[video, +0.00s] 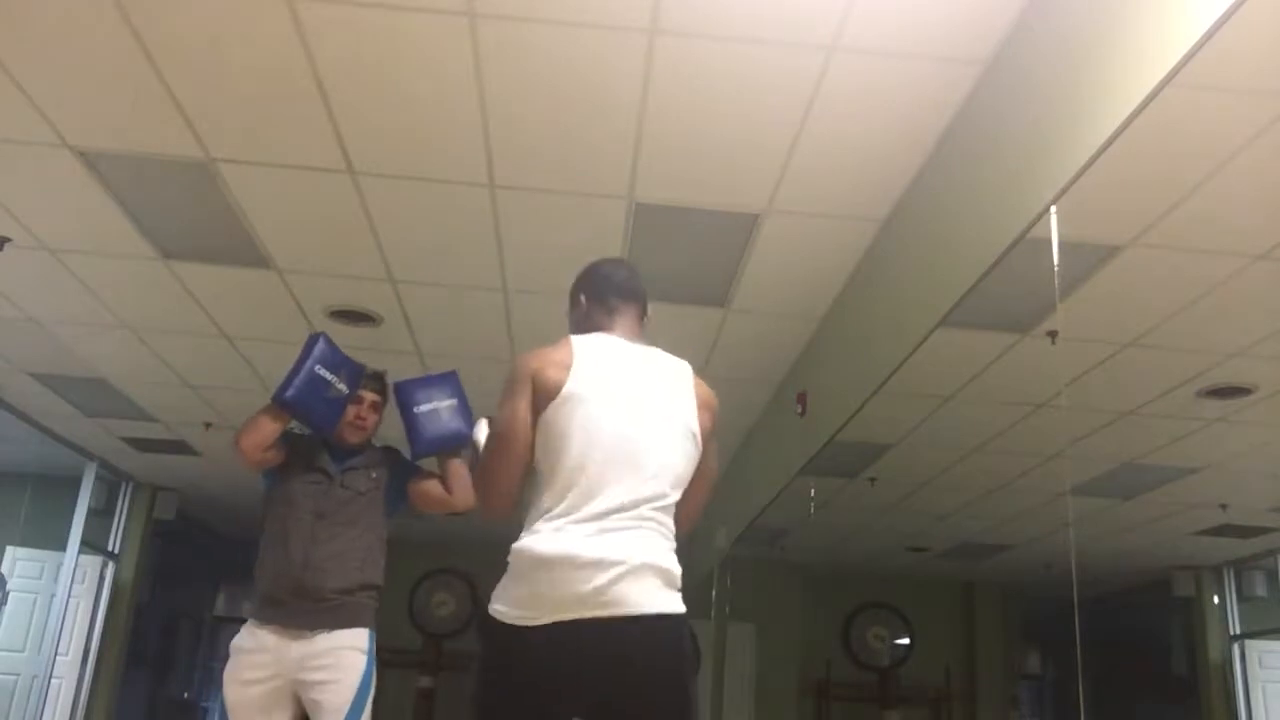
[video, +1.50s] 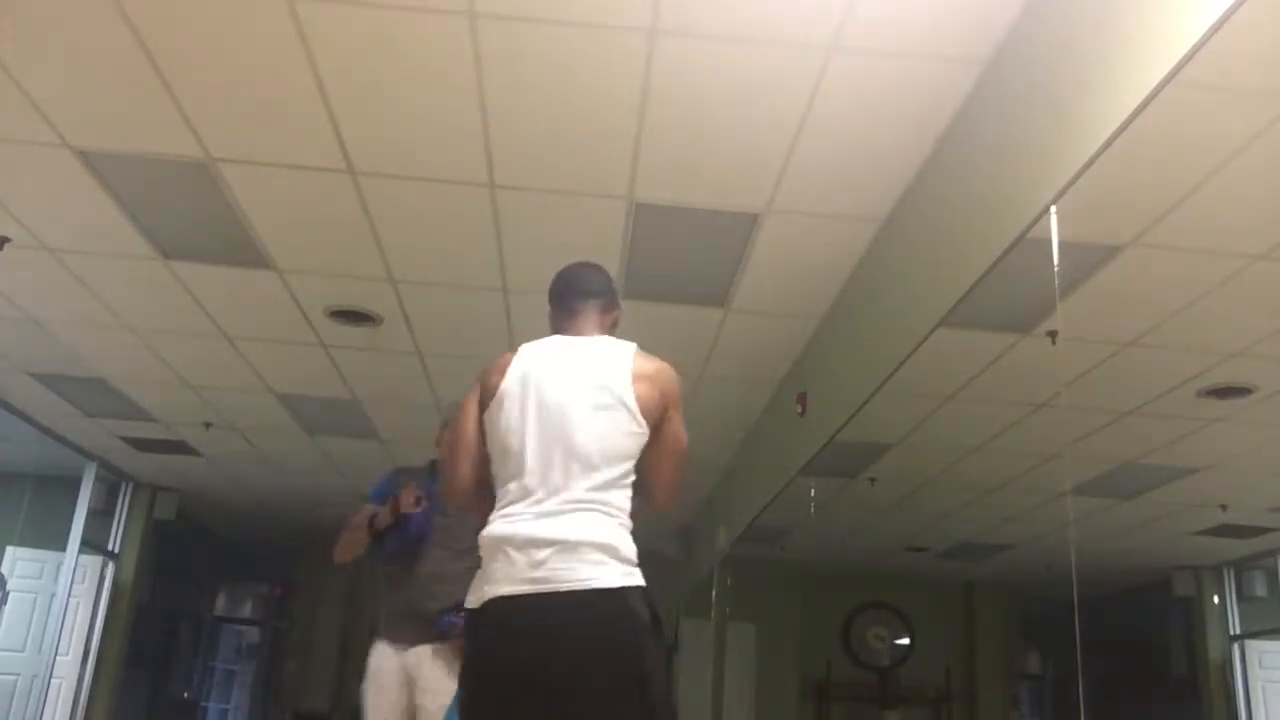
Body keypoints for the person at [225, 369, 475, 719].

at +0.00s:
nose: (362, 413)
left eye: (373, 407)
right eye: (355, 401)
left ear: (381, 418)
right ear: (332, 403)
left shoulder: (387, 466)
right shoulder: (295, 450)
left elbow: (460, 500)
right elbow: (248, 446)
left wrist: (446, 431)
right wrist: (300, 393)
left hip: (341, 642)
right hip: (265, 637)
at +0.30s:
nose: (367, 409)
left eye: (379, 402)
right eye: (360, 397)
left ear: (388, 415)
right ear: (339, 400)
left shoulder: (393, 460)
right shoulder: (304, 447)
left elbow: (446, 495)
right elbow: (253, 449)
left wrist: (453, 430)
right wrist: (301, 393)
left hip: (345, 638)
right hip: (274, 634)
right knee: (255, 710)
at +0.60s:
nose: (319, 424)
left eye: (331, 416)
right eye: (309, 414)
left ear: (341, 427)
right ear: (293, 421)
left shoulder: (357, 476)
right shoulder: (266, 472)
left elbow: (405, 533)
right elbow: (202, 495)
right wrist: (237, 431)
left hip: (328, 648)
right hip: (258, 646)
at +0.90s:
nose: (344, 422)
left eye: (355, 416)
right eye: (336, 411)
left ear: (362, 427)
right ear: (317, 418)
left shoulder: (376, 476)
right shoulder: (279, 469)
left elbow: (415, 548)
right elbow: (211, 536)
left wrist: (389, 600)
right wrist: (246, 471)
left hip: (335, 641)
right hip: (265, 640)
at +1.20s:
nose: (421, 443)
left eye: (432, 437)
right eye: (415, 430)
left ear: (439, 448)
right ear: (395, 432)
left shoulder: (446, 500)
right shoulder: (348, 480)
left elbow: (478, 575)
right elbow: (289, 552)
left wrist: (436, 625)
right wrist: (324, 538)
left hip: (396, 664)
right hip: (325, 654)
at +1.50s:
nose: (458, 444)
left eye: (468, 437)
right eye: (452, 434)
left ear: (481, 445)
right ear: (439, 437)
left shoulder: (485, 491)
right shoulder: (403, 483)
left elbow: (499, 564)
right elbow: (342, 552)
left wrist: (470, 628)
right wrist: (391, 513)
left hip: (445, 645)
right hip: (390, 642)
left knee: (438, 713)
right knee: (380, 713)